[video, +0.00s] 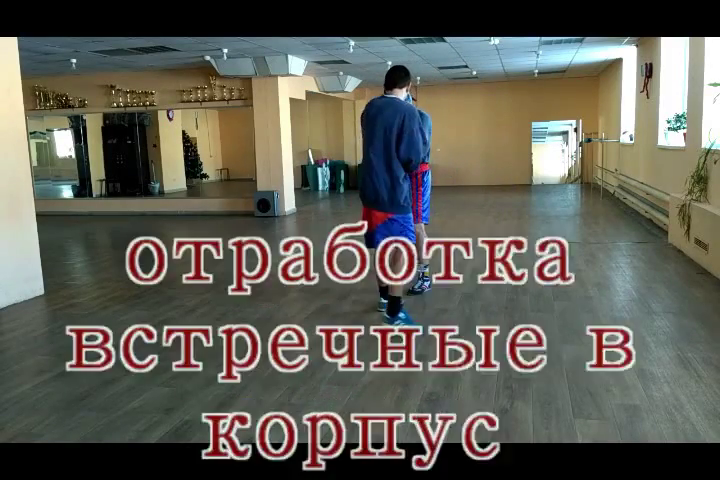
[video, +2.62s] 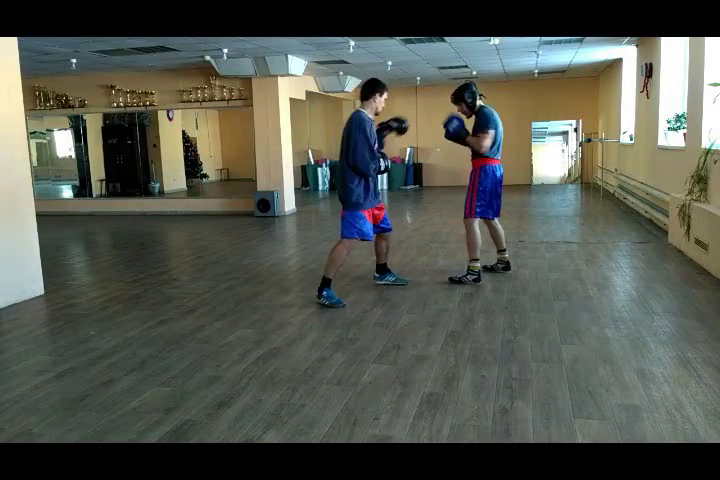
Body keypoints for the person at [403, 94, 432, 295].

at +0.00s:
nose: (404, 102)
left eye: (405, 99)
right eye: (404, 98)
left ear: (410, 99)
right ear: (408, 97)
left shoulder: (421, 118)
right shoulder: (398, 119)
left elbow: (421, 150)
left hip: (419, 172)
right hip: (401, 171)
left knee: (417, 224)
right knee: (404, 221)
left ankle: (423, 273)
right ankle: (407, 268)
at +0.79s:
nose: (403, 110)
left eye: (404, 106)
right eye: (401, 107)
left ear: (411, 102)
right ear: (411, 102)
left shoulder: (424, 113)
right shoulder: (415, 118)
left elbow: (423, 137)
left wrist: (410, 145)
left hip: (426, 168)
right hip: (416, 168)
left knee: (423, 220)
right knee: (416, 218)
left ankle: (436, 269)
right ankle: (425, 258)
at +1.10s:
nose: (407, 101)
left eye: (408, 98)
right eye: (406, 98)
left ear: (414, 95)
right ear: (425, 93)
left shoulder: (424, 108)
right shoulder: (433, 108)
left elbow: (414, 134)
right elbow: (407, 135)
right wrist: (398, 120)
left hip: (434, 168)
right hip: (441, 166)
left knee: (433, 220)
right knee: (439, 216)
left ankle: (437, 269)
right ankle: (443, 253)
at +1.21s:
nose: (417, 107)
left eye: (419, 101)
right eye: (416, 102)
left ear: (428, 98)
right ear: (429, 98)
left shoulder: (441, 112)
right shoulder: (436, 114)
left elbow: (453, 138)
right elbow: (441, 141)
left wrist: (431, 149)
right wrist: (419, 148)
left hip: (442, 170)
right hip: (446, 168)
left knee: (435, 220)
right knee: (451, 216)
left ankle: (437, 271)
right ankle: (475, 252)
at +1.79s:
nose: (439, 108)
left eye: (440, 104)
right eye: (438, 105)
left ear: (450, 100)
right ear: (452, 99)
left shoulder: (469, 113)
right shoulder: (453, 118)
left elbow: (472, 143)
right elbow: (455, 150)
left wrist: (454, 125)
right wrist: (441, 139)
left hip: (468, 168)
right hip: (463, 168)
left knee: (460, 221)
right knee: (472, 219)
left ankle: (468, 271)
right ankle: (485, 259)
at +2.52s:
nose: (462, 110)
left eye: (462, 105)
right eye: (460, 106)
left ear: (472, 100)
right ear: (473, 100)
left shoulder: (489, 115)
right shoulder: (484, 116)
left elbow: (493, 144)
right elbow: (479, 148)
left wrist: (469, 138)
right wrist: (464, 139)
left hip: (484, 168)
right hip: (489, 168)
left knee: (469, 218)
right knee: (486, 217)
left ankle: (472, 269)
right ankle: (502, 261)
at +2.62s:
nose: (459, 110)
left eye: (459, 106)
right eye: (458, 107)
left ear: (468, 101)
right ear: (472, 100)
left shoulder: (484, 114)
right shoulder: (488, 114)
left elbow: (484, 145)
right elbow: (479, 143)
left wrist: (463, 135)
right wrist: (461, 135)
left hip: (483, 169)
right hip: (494, 168)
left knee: (470, 219)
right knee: (489, 216)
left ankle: (473, 271)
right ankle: (503, 261)